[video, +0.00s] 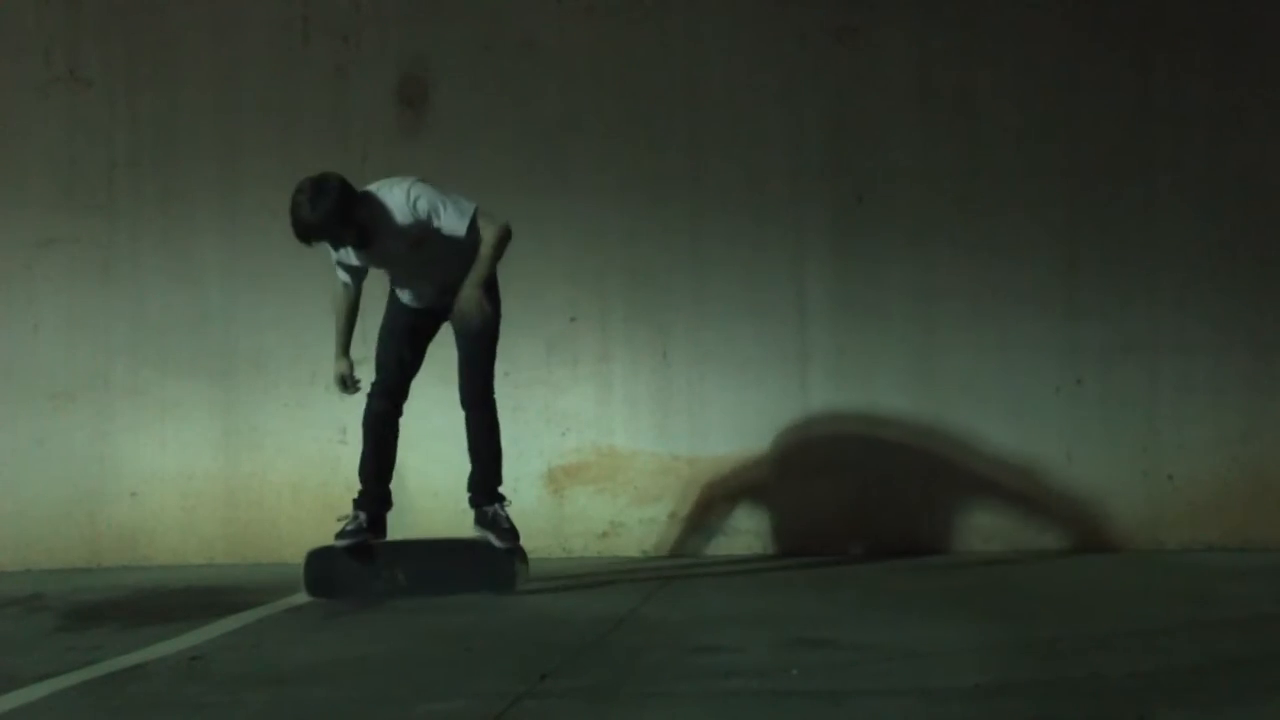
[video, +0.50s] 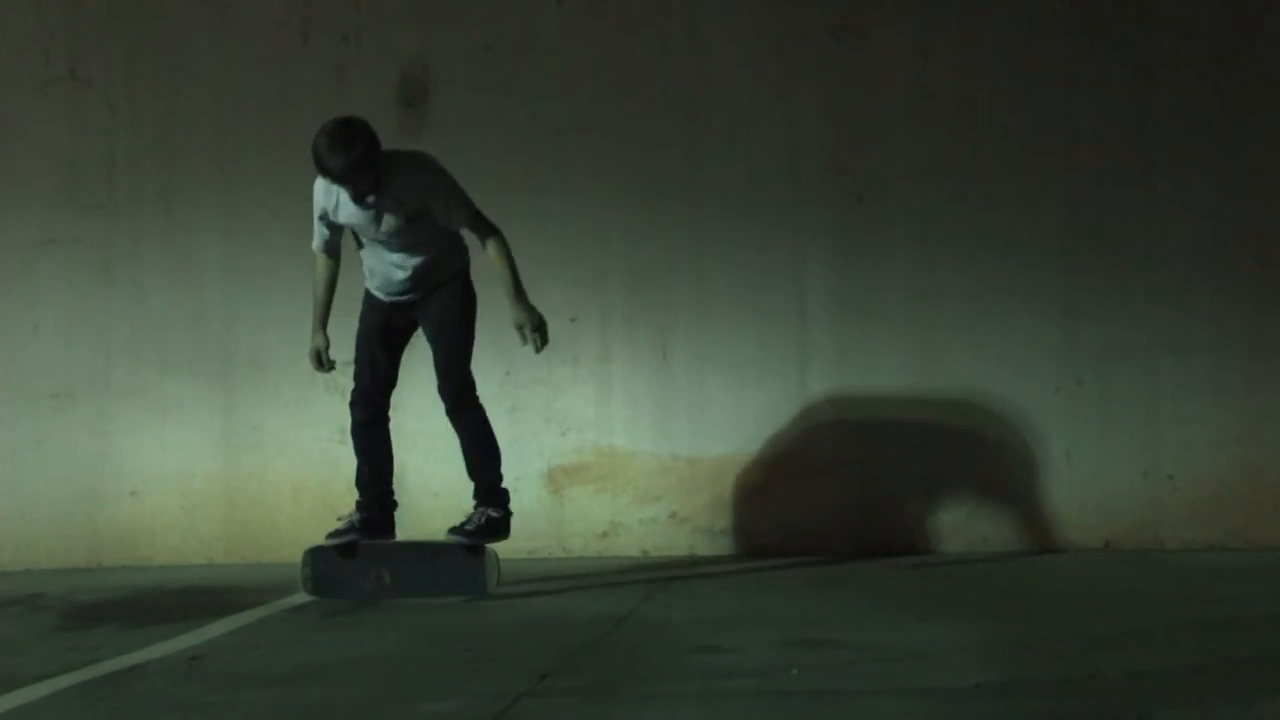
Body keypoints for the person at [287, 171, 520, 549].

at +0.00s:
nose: (330, 245)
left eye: (330, 237)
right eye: (325, 240)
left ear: (349, 219)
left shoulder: (411, 199)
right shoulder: (341, 235)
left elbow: (495, 229)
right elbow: (348, 281)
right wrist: (341, 355)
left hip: (468, 288)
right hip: (412, 296)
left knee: (477, 396)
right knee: (384, 399)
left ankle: (488, 505)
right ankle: (370, 513)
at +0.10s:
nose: (327, 227)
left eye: (328, 218)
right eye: (320, 223)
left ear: (346, 199)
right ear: (318, 217)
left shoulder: (407, 192)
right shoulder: (328, 230)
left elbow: (482, 236)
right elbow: (344, 275)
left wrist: (452, 286)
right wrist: (344, 346)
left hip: (458, 284)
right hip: (398, 294)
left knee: (463, 393)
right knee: (371, 403)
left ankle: (471, 503)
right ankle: (369, 516)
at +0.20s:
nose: (327, 215)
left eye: (330, 206)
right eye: (320, 210)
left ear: (348, 187)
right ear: (314, 205)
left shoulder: (408, 188)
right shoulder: (322, 219)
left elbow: (477, 239)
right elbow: (337, 273)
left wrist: (464, 294)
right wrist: (335, 343)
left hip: (448, 291)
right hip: (389, 298)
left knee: (455, 397)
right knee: (366, 403)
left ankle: (466, 506)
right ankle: (371, 516)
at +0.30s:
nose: (334, 205)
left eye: (337, 195)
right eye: (325, 200)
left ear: (355, 179)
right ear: (318, 193)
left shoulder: (414, 184)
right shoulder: (323, 208)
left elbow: (479, 239)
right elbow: (332, 267)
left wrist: (486, 307)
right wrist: (326, 340)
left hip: (444, 289)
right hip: (386, 296)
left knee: (451, 393)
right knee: (366, 403)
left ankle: (473, 509)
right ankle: (373, 516)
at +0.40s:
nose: (346, 198)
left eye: (350, 187)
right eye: (335, 191)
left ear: (365, 170)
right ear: (324, 184)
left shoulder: (416, 177)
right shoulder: (325, 197)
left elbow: (481, 238)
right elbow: (330, 260)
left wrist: (506, 310)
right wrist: (322, 336)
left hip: (446, 287)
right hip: (386, 293)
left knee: (456, 396)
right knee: (368, 404)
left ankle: (478, 508)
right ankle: (374, 516)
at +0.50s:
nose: (360, 194)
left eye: (364, 183)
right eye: (348, 187)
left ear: (377, 163)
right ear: (333, 178)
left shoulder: (419, 175)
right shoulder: (327, 189)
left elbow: (487, 234)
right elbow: (326, 253)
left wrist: (520, 303)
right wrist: (318, 329)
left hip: (443, 289)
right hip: (383, 295)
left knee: (456, 394)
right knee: (366, 403)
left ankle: (492, 507)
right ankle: (374, 514)